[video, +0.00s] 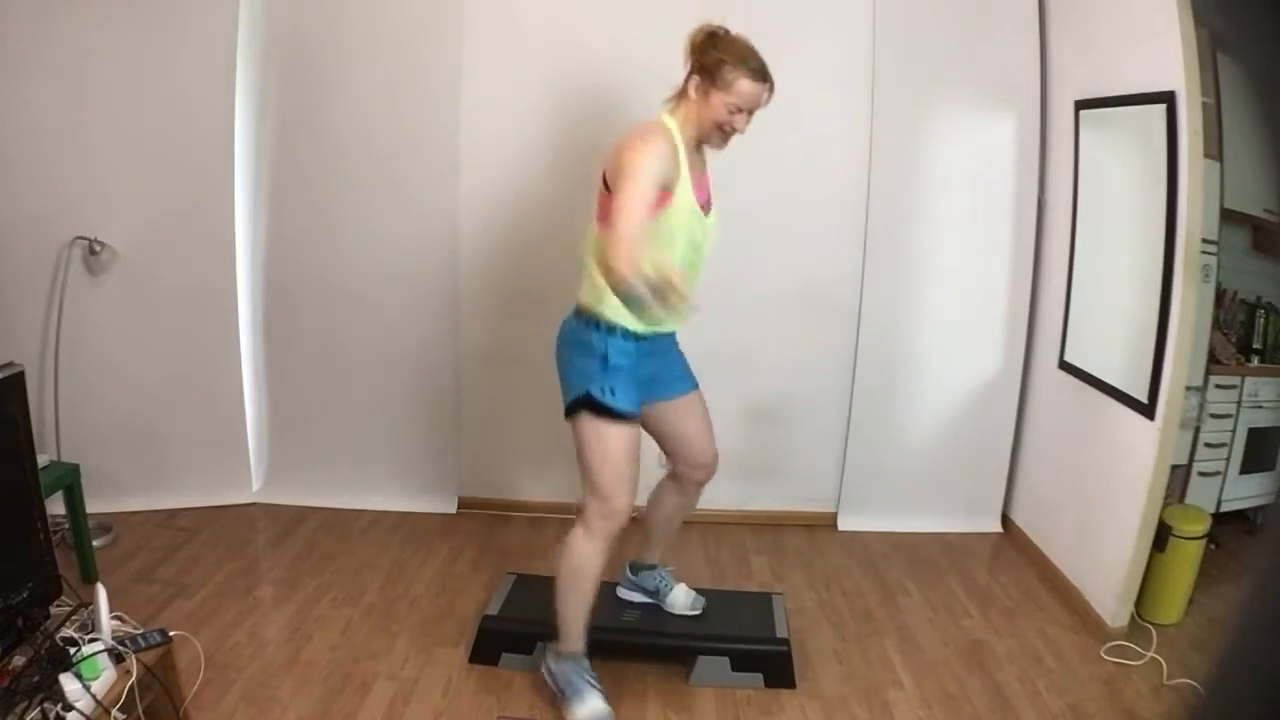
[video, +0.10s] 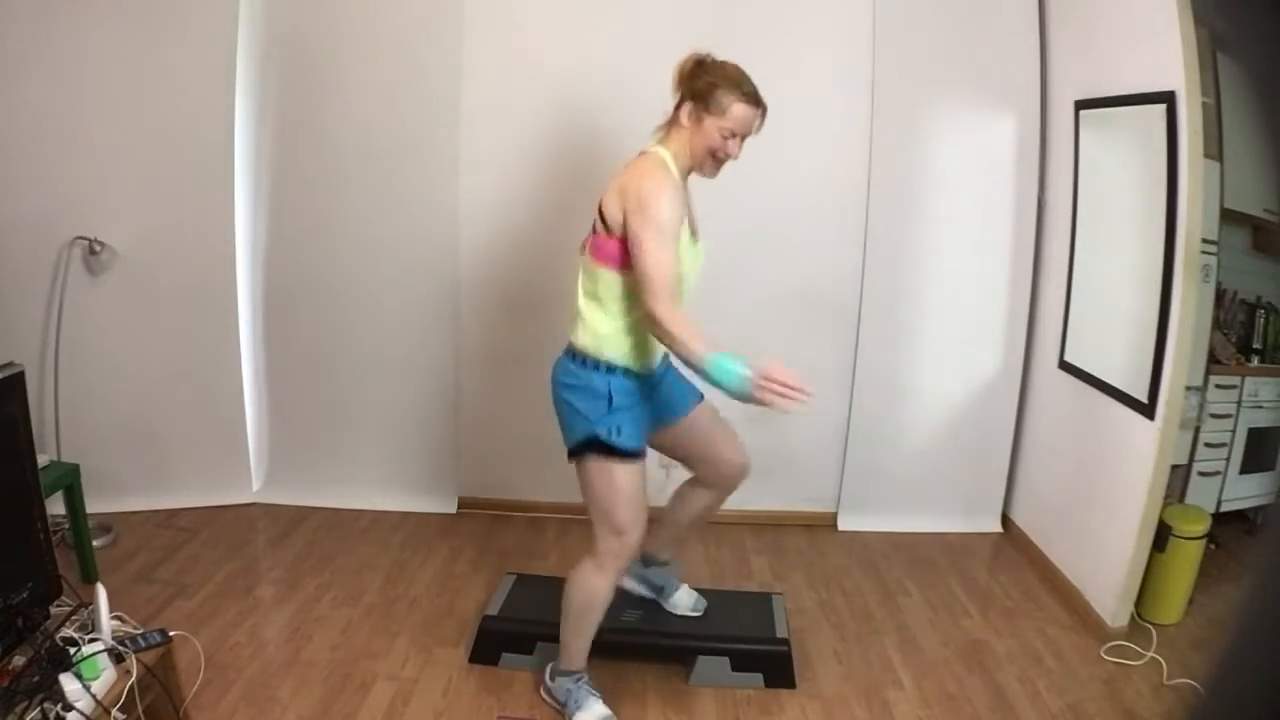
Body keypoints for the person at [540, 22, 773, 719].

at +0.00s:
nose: (741, 125)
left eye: (750, 114)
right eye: (736, 108)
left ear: (716, 100)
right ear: (697, 87)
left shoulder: (693, 158)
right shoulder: (647, 150)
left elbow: (656, 250)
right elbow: (618, 254)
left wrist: (665, 292)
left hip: (655, 345)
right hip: (603, 345)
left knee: (695, 462)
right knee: (606, 510)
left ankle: (643, 573)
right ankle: (565, 656)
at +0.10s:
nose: (734, 149)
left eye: (743, 139)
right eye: (729, 133)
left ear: (694, 119)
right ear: (688, 113)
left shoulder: (667, 177)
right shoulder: (650, 184)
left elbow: (649, 296)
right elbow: (655, 307)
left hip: (646, 371)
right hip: (601, 379)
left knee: (725, 466)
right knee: (617, 542)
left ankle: (650, 563)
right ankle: (566, 676)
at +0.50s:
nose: (731, 128)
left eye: (744, 116)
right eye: (720, 113)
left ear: (754, 117)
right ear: (691, 105)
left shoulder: (716, 171)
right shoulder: (655, 175)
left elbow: (684, 267)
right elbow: (629, 289)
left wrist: (716, 335)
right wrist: (716, 337)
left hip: (687, 365)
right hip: (627, 369)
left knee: (735, 496)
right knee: (619, 529)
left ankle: (693, 569)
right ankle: (567, 673)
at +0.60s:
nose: (703, 103)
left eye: (718, 91)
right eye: (693, 88)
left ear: (747, 93)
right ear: (682, 84)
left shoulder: (757, 164)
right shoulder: (646, 149)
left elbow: (744, 254)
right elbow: (590, 243)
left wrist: (748, 329)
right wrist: (659, 289)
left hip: (702, 348)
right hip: (630, 343)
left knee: (724, 487)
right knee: (621, 503)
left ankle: (689, 572)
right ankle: (574, 651)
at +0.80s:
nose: (635, 49)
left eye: (647, 35)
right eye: (631, 36)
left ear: (694, 35)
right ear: (630, 40)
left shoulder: (749, 116)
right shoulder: (621, 108)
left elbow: (770, 209)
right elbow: (594, 171)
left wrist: (767, 288)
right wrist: (589, 213)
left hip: (715, 314)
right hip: (636, 305)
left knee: (711, 462)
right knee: (596, 450)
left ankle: (696, 569)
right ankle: (611, 564)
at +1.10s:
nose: (569, 69)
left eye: (578, 55)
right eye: (568, 56)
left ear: (620, 54)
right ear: (610, 58)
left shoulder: (677, 127)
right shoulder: (600, 133)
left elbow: (722, 232)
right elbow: (614, 230)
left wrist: (734, 330)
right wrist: (614, 307)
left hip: (693, 323)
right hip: (635, 320)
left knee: (676, 473)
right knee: (605, 445)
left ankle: (732, 566)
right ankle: (635, 571)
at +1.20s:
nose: (567, 69)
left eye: (576, 55)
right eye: (567, 56)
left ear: (615, 55)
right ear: (604, 58)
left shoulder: (661, 121)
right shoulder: (611, 132)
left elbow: (656, 231)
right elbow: (591, 217)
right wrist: (544, 279)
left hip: (695, 312)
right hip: (648, 310)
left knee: (666, 470)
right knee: (611, 445)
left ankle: (737, 600)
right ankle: (635, 572)